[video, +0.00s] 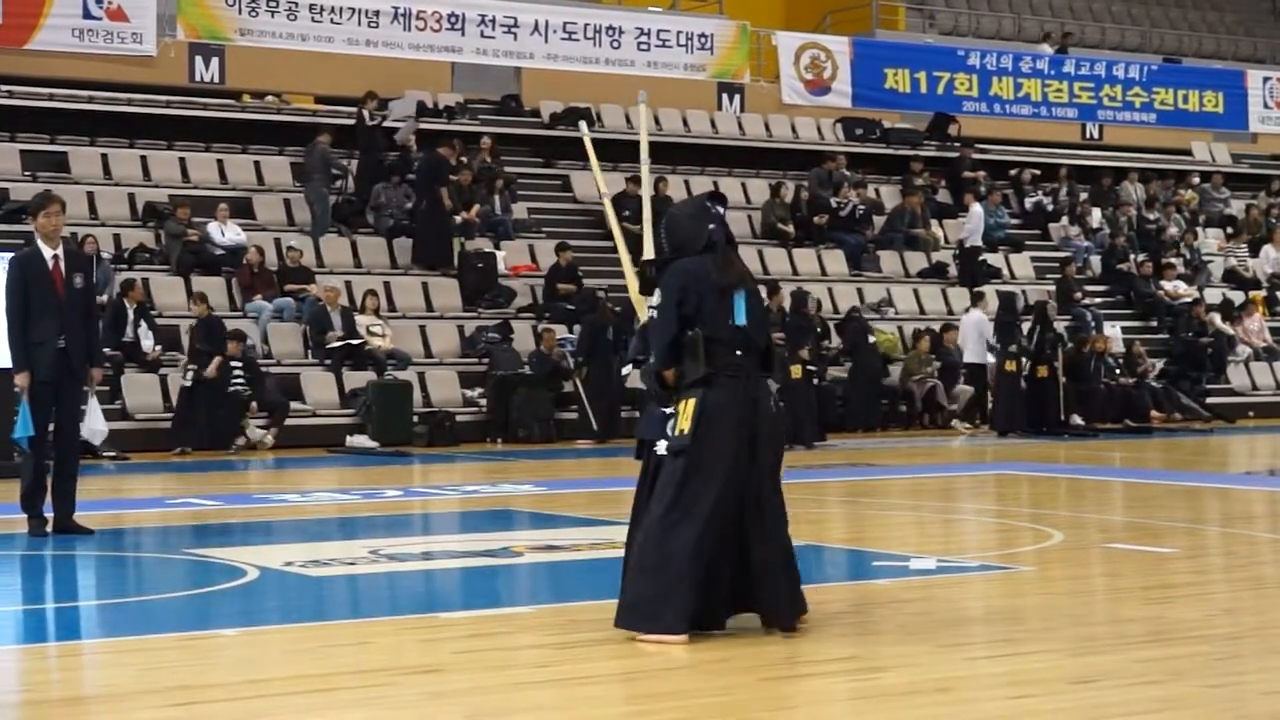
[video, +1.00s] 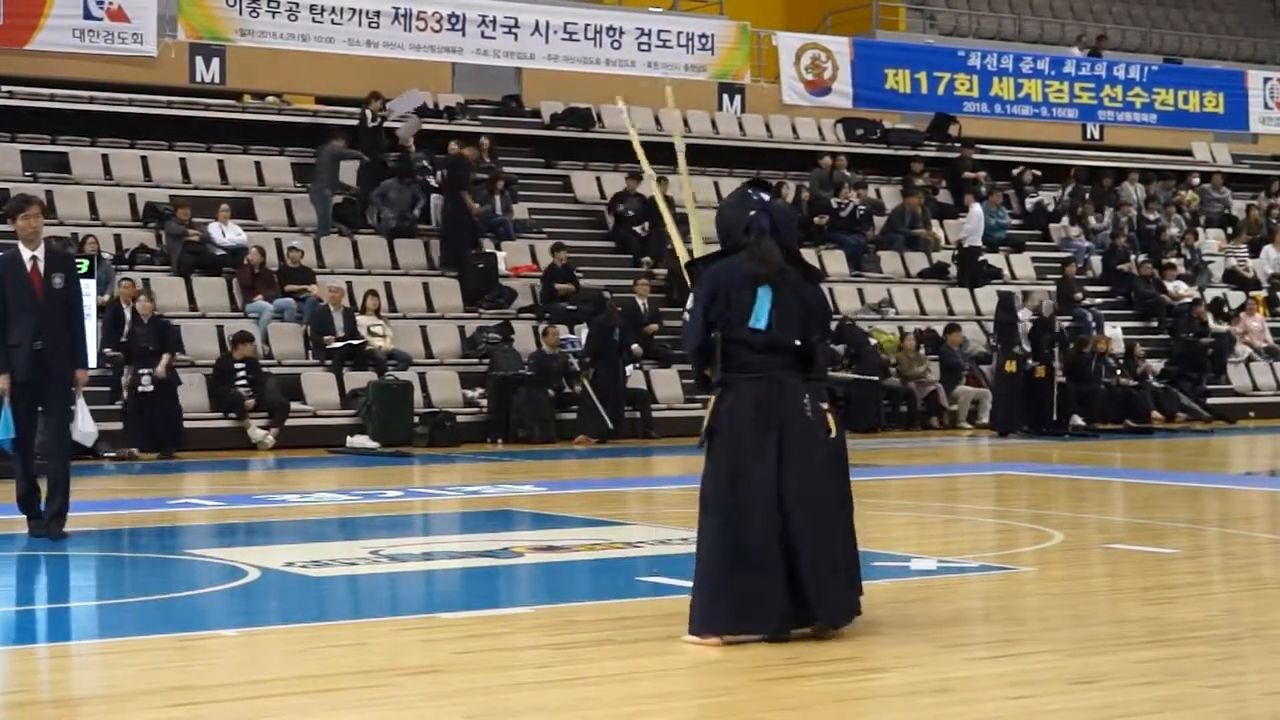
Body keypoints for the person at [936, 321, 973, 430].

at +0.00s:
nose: (955, 336)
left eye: (956, 333)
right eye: (952, 333)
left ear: (957, 334)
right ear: (945, 335)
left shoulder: (957, 348)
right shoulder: (941, 350)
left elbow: (960, 362)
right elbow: (953, 363)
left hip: (958, 381)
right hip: (946, 384)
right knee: (968, 391)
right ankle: (956, 416)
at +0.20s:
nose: (957, 337)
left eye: (958, 334)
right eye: (954, 334)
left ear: (959, 336)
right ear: (945, 335)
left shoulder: (957, 350)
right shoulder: (941, 350)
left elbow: (966, 360)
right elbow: (956, 363)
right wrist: (964, 361)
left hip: (962, 383)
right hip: (947, 385)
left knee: (980, 392)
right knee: (967, 392)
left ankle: (978, 419)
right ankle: (961, 420)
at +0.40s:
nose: (958, 337)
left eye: (958, 334)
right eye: (955, 334)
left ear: (959, 336)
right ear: (947, 336)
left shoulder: (957, 351)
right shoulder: (942, 351)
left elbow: (968, 361)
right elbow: (958, 364)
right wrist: (965, 363)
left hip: (962, 385)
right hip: (948, 386)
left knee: (985, 393)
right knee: (967, 392)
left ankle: (979, 420)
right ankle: (961, 421)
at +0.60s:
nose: (959, 339)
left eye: (960, 336)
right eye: (956, 336)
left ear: (960, 337)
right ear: (947, 336)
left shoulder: (957, 351)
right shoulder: (942, 352)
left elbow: (970, 359)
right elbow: (955, 363)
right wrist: (964, 363)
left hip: (962, 385)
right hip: (948, 386)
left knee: (986, 393)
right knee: (967, 392)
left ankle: (982, 419)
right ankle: (961, 421)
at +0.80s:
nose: (960, 338)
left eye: (960, 335)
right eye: (957, 335)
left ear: (961, 336)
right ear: (948, 336)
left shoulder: (958, 351)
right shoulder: (944, 351)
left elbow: (971, 358)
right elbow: (955, 363)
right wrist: (964, 363)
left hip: (963, 385)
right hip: (950, 386)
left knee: (986, 393)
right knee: (967, 392)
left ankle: (982, 419)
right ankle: (961, 421)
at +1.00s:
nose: (961, 337)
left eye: (961, 335)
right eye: (958, 334)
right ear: (948, 336)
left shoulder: (958, 351)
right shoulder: (945, 351)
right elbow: (956, 363)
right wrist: (966, 364)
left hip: (963, 385)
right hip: (950, 386)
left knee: (986, 393)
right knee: (967, 392)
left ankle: (983, 419)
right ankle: (961, 421)